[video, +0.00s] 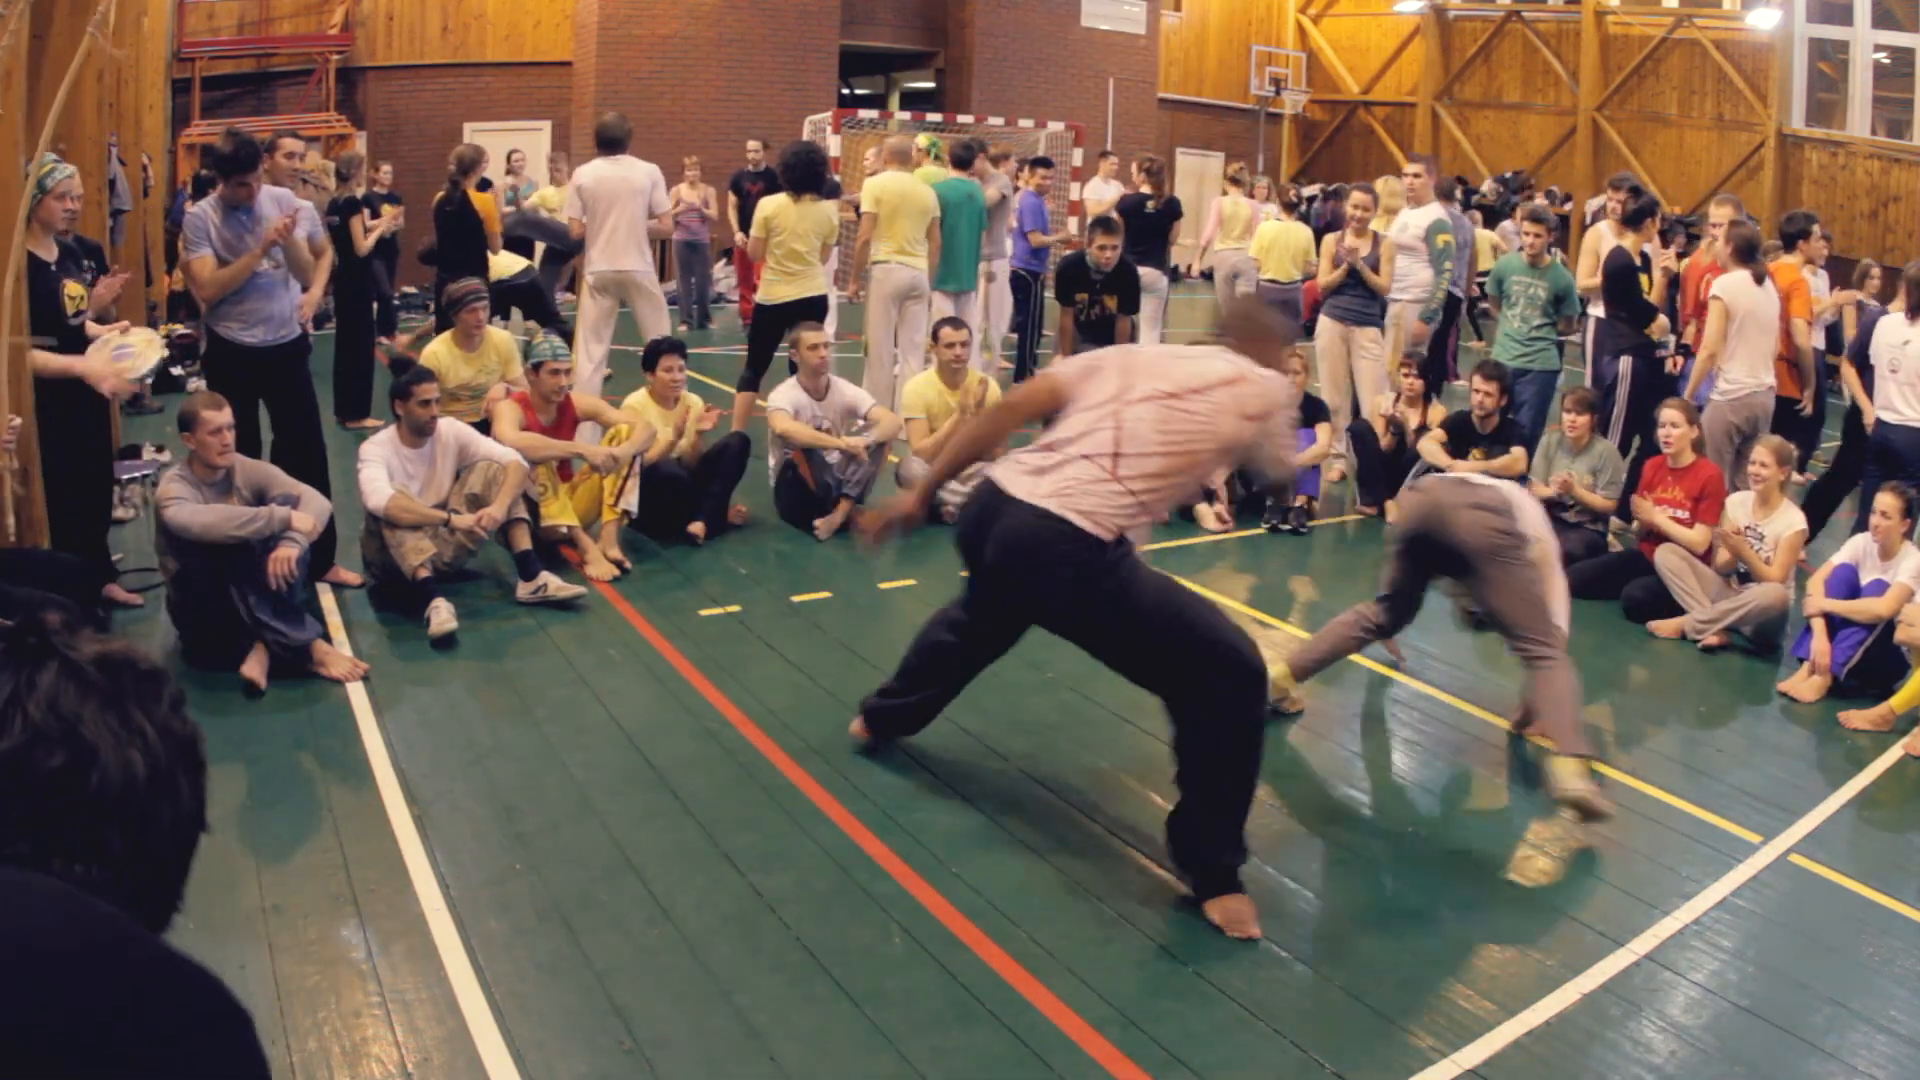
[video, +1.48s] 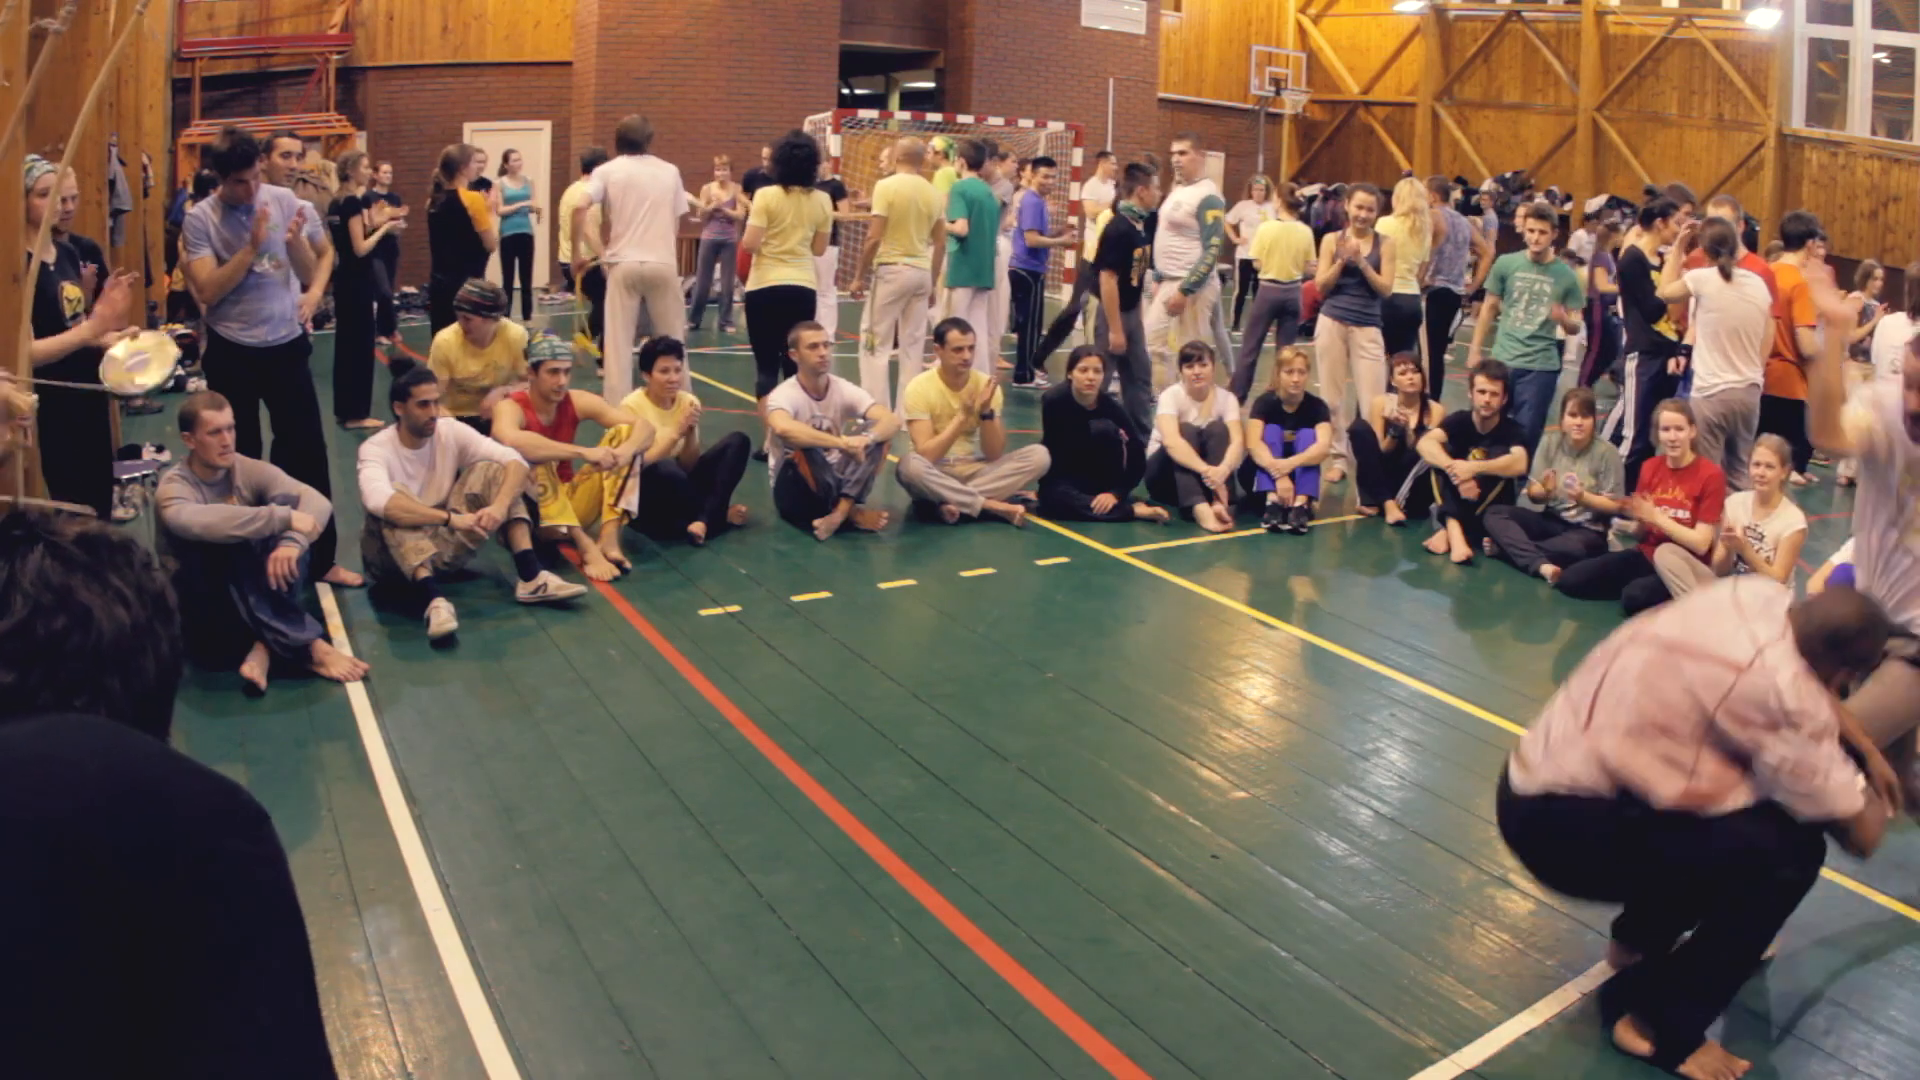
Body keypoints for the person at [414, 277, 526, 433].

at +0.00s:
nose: (480, 317)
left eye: (484, 309)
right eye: (471, 311)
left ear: (489, 309)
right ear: (455, 315)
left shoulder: (503, 340)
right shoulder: (434, 353)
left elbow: (523, 389)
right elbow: (420, 400)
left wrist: (504, 387)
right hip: (450, 427)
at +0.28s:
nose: (481, 317)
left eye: (485, 309)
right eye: (472, 311)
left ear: (490, 309)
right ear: (455, 314)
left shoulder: (503, 340)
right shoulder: (434, 353)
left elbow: (523, 389)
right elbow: (419, 400)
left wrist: (504, 387)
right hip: (449, 428)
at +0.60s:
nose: (481, 316)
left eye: (485, 308)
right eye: (472, 310)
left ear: (490, 309)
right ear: (455, 314)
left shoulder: (503, 339)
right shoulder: (434, 352)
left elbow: (524, 389)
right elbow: (419, 400)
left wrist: (504, 387)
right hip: (450, 428)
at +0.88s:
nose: (480, 317)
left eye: (484, 309)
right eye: (471, 311)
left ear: (488, 309)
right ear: (454, 314)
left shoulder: (503, 339)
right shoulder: (434, 352)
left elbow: (524, 389)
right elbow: (420, 400)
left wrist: (505, 387)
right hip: (449, 427)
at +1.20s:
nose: (449, 330)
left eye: (456, 323)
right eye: (447, 322)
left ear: (478, 320)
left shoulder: (506, 341)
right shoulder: (436, 351)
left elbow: (525, 389)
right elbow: (424, 401)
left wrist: (505, 386)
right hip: (450, 427)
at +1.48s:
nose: (461, 325)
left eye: (467, 319)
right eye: (459, 318)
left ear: (490, 318)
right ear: (456, 314)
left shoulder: (516, 336)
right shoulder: (445, 341)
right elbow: (433, 396)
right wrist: (451, 424)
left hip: (500, 415)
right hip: (456, 416)